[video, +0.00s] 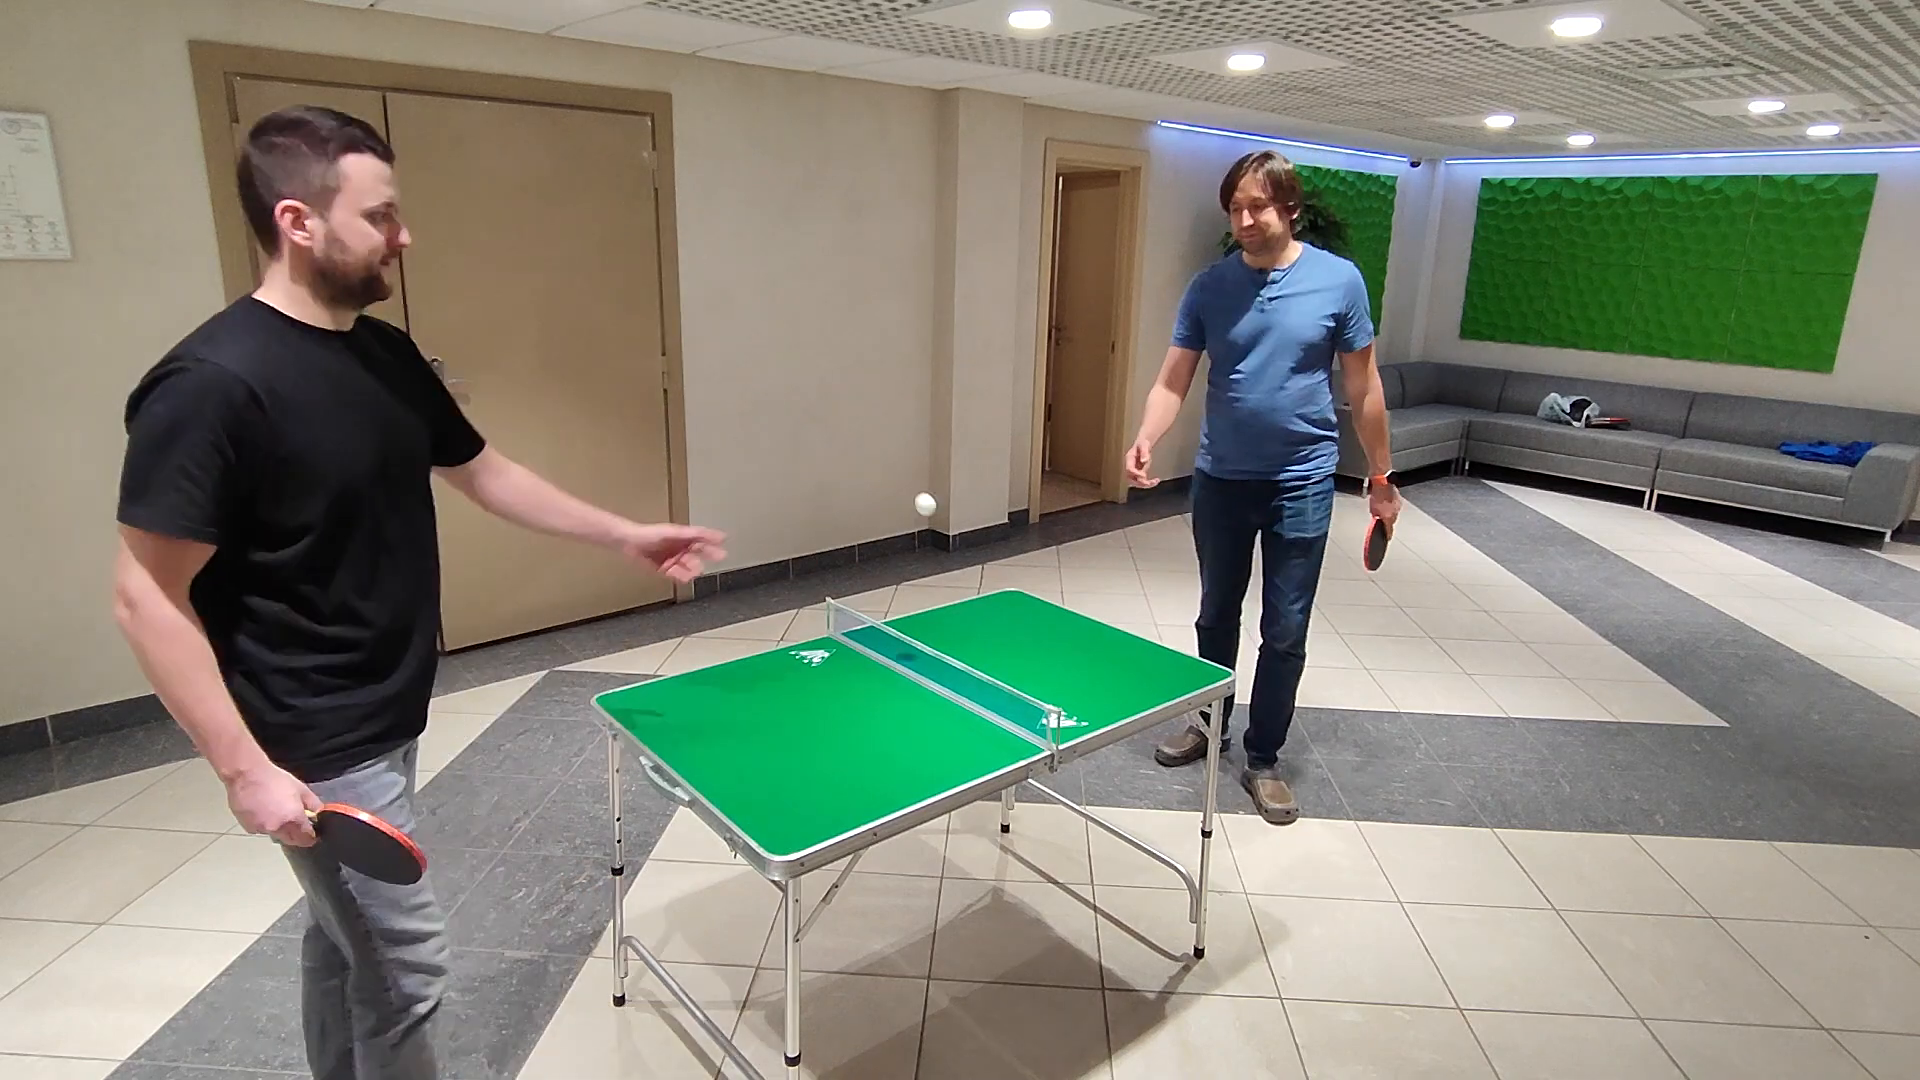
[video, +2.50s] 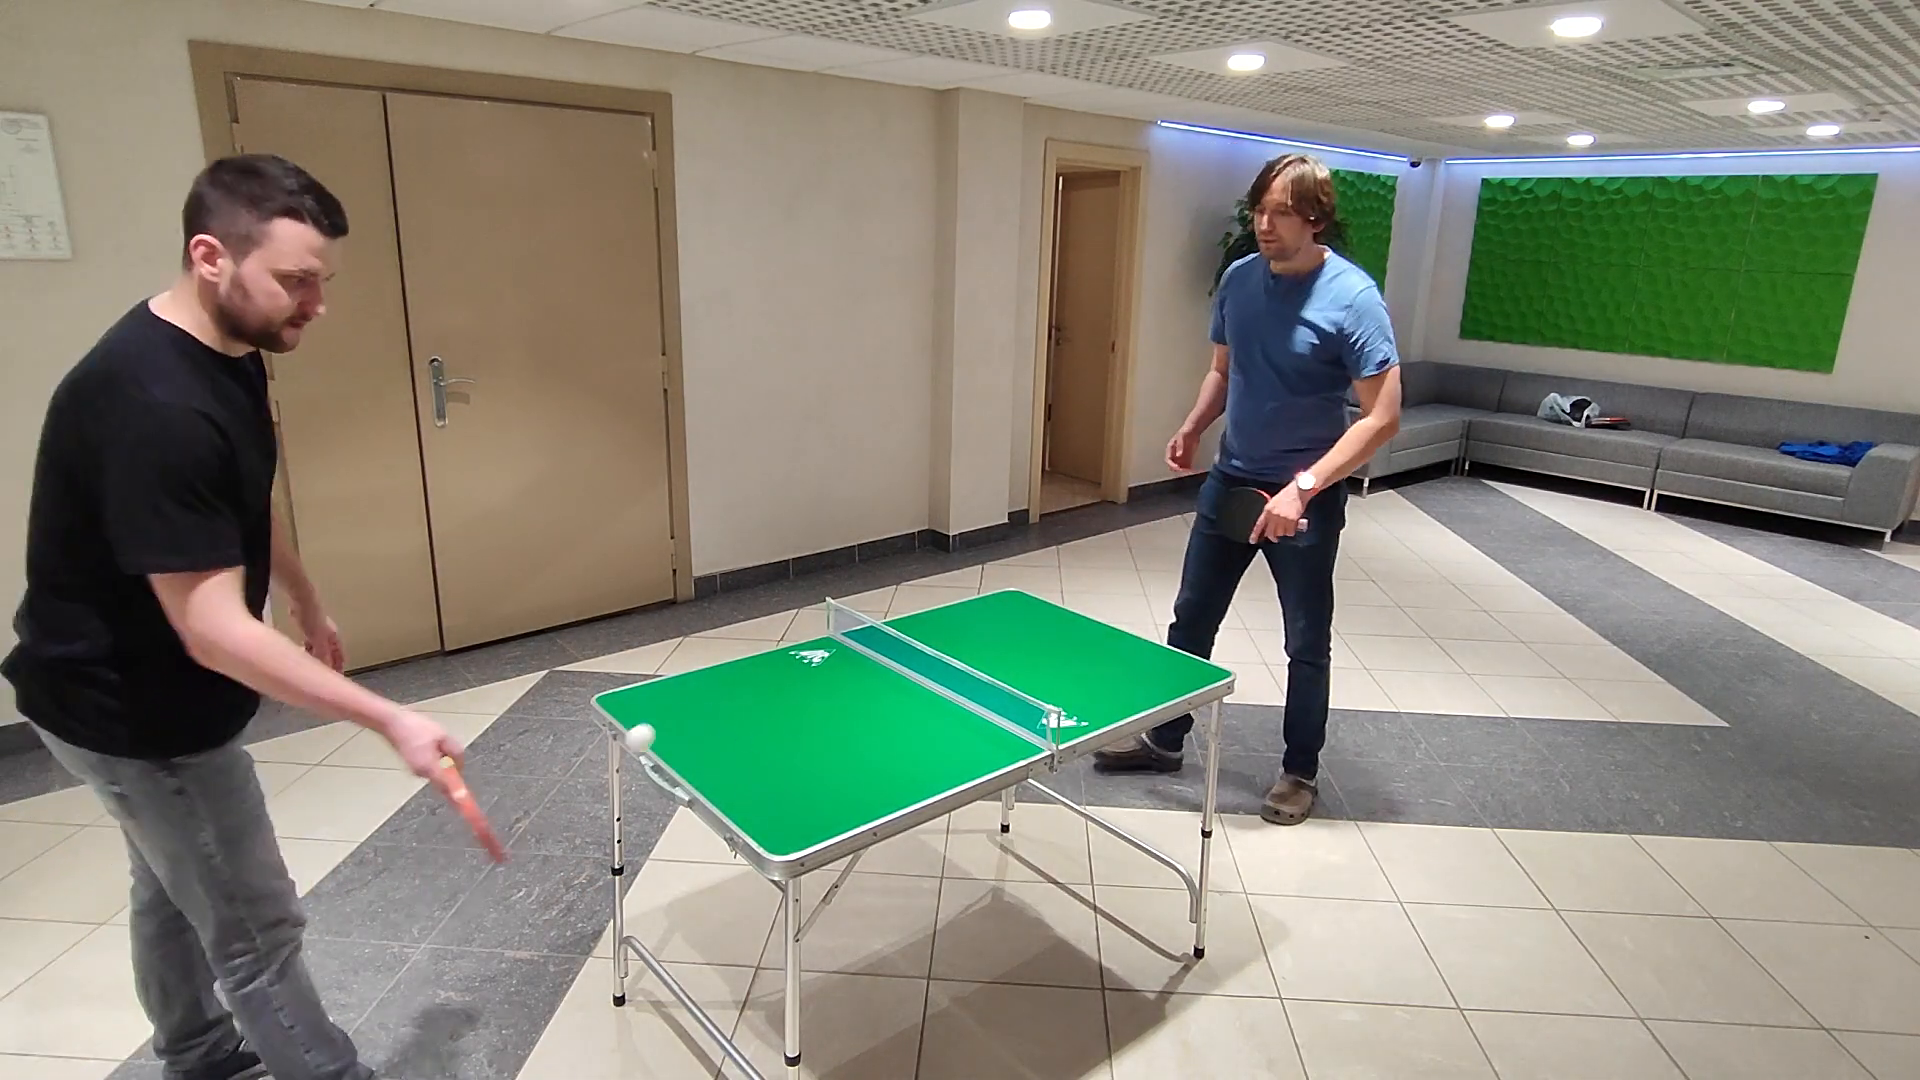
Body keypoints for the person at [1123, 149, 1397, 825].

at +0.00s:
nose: (1244, 220)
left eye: (1257, 208)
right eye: (1236, 209)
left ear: (1289, 210)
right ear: (1229, 215)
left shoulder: (1340, 280)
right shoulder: (1212, 284)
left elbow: (1364, 390)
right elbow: (1174, 378)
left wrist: (1381, 480)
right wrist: (1144, 438)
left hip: (1302, 477)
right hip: (1221, 475)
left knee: (1286, 629)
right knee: (1216, 615)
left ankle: (1264, 762)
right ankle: (1209, 723)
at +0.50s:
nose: (1260, 233)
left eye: (1274, 221)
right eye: (1254, 219)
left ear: (1312, 220)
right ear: (1249, 219)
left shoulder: (1359, 282)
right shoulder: (1231, 289)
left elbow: (1376, 387)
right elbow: (1169, 398)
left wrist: (1381, 477)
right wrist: (1109, 466)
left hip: (1317, 490)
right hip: (1232, 486)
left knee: (1293, 643)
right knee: (1192, 630)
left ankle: (1264, 764)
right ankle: (1160, 752)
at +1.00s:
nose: (1195, 232)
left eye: (1208, 220)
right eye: (1188, 219)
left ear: (1246, 215)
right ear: (1183, 217)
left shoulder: (1299, 274)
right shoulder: (1165, 294)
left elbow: (1320, 376)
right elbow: (1145, 398)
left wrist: (1329, 465)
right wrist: (1131, 465)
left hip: (1271, 488)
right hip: (1185, 488)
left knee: (1266, 640)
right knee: (1165, 633)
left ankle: (1262, 765)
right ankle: (1153, 761)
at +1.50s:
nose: (1247, 216)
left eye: (1254, 203)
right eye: (1235, 203)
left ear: (1259, 204)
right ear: (1196, 202)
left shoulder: (1265, 279)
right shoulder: (1148, 280)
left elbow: (1319, 374)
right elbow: (1113, 392)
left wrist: (1383, 374)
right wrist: (1179, 403)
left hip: (1235, 486)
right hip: (1155, 488)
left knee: (1254, 641)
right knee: (1148, 637)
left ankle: (1253, 767)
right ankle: (1150, 761)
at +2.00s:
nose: (1225, 222)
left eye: (1239, 209)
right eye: (1214, 208)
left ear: (1262, 211)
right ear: (1198, 209)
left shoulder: (1296, 291)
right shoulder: (1170, 277)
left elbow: (1275, 414)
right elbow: (1136, 369)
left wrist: (1186, 467)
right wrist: (1130, 421)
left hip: (1249, 483)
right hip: (1169, 479)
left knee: (1270, 634)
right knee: (1155, 627)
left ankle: (1278, 769)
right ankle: (1150, 761)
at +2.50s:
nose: (1263, 224)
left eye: (1280, 214)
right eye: (1260, 211)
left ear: (1317, 222)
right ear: (1254, 214)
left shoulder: (1354, 296)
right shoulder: (1241, 277)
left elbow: (1385, 415)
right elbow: (1221, 370)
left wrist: (1303, 488)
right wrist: (1193, 425)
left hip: (1307, 493)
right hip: (1234, 478)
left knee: (1306, 644)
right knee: (1191, 619)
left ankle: (1298, 774)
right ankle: (1163, 739)